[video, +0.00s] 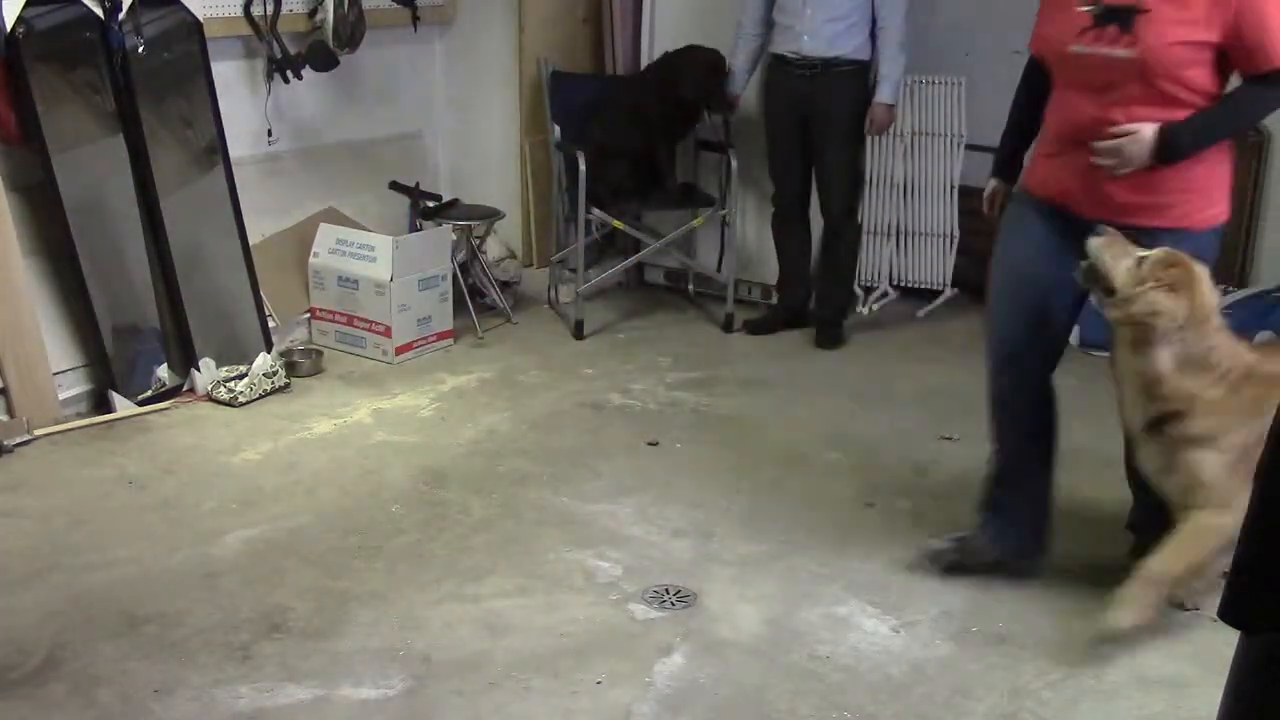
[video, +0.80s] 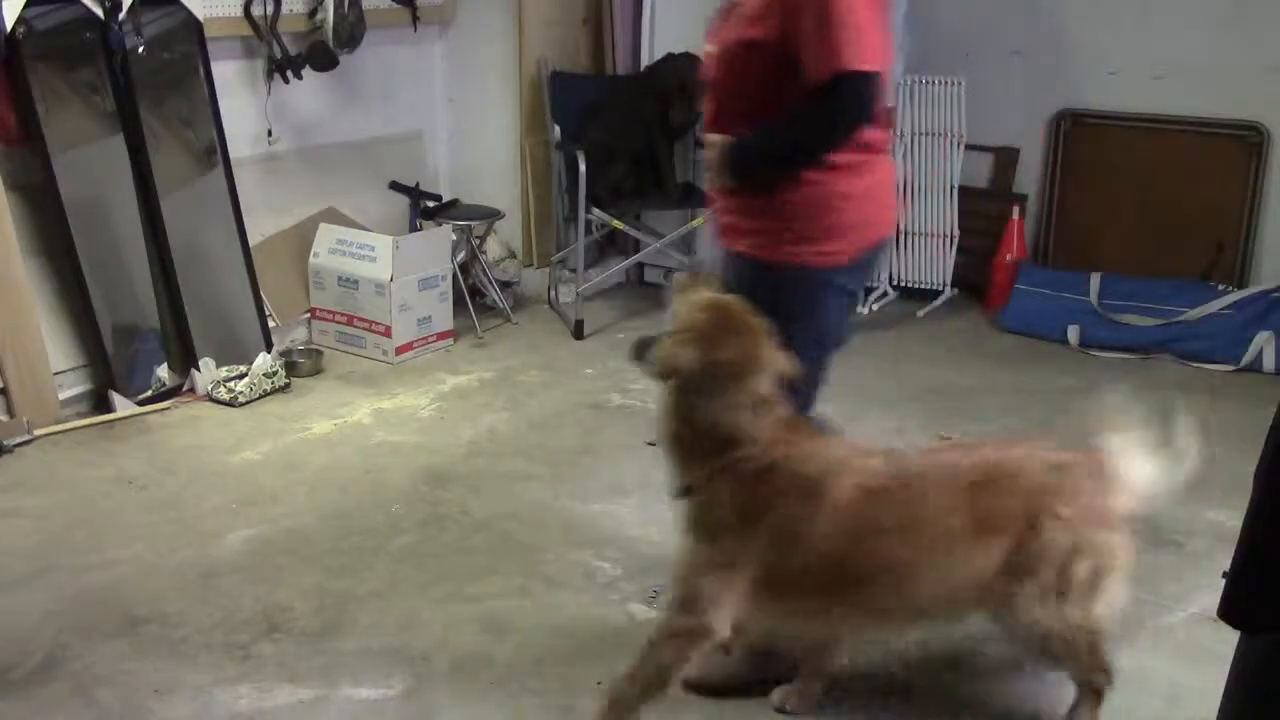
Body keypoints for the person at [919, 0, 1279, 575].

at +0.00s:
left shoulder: (1235, 5)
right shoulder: (1062, 3)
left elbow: (1271, 79)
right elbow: (1043, 67)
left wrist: (1168, 141)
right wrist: (1006, 166)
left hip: (1170, 208)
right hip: (1054, 191)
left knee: (1153, 379)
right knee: (1014, 353)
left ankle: (1157, 546)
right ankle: (1011, 534)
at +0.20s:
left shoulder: (1151, 5)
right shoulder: (999, 5)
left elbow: (1194, 97)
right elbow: (988, 94)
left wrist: (1077, 158)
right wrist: (963, 192)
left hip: (1105, 233)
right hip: (994, 220)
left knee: (1109, 408)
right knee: (974, 394)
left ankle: (1128, 574)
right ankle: (980, 568)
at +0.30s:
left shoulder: (1112, 6)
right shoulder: (965, 8)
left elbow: (1147, 93)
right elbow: (958, 98)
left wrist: (1025, 153)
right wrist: (916, 188)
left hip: (1059, 227)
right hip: (963, 217)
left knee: (1044, 402)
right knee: (960, 401)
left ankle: (1058, 563)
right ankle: (973, 565)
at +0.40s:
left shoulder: (1071, 7)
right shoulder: (924, 9)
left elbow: (1104, 88)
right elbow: (917, 105)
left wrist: (981, 149)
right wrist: (873, 184)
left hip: (1026, 220)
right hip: (938, 214)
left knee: (995, 405)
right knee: (929, 405)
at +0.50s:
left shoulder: (1012, 4)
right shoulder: (884, 10)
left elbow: (1053, 89)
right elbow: (879, 106)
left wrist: (930, 150)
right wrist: (835, 188)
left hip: (981, 225)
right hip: (910, 221)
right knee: (948, 406)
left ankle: (839, 610)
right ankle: (979, 572)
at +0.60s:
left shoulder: (956, 6)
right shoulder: (848, 11)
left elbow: (988, 97)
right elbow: (838, 110)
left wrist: (869, 163)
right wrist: (800, 197)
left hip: (923, 235)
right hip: (866, 230)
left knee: (846, 429)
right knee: (923, 421)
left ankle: (785, 631)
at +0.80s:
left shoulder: (829, 4)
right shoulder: (759, 7)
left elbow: (852, 96)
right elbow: (770, 84)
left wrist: (741, 157)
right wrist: (718, 128)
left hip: (815, 234)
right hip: (768, 230)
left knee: (765, 441)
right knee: (743, 433)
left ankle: (782, 636)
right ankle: (754, 621)